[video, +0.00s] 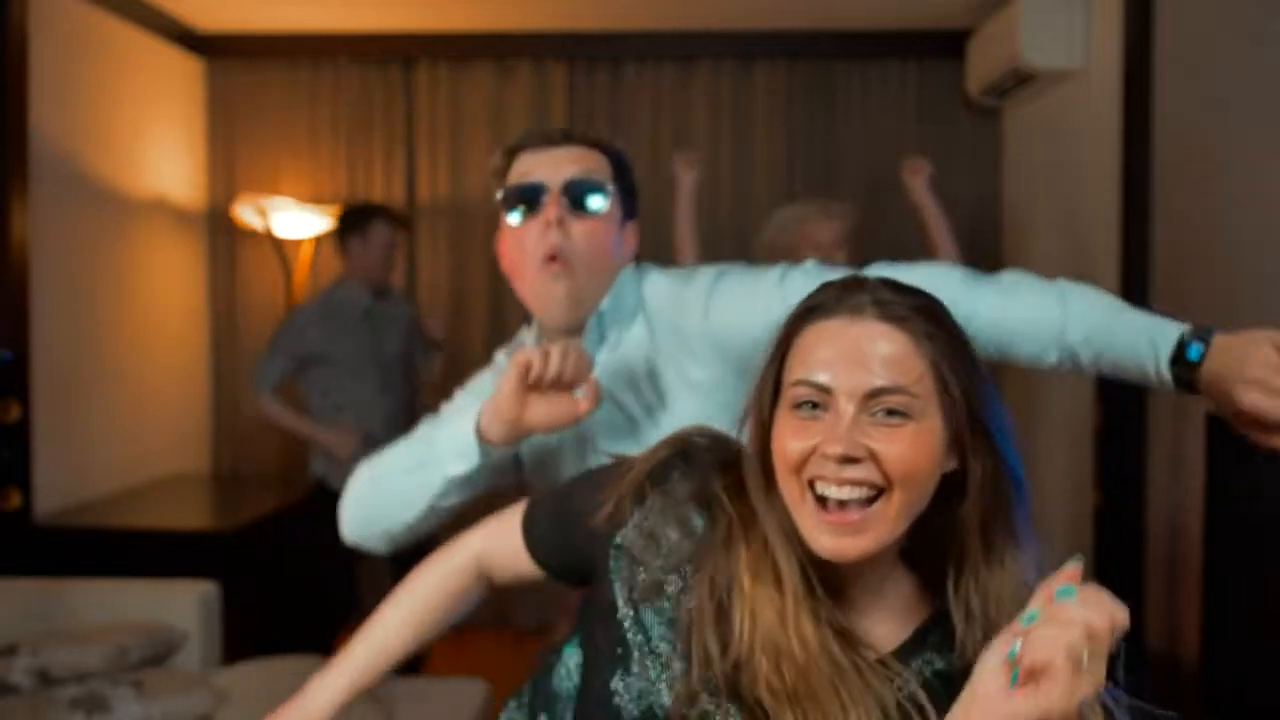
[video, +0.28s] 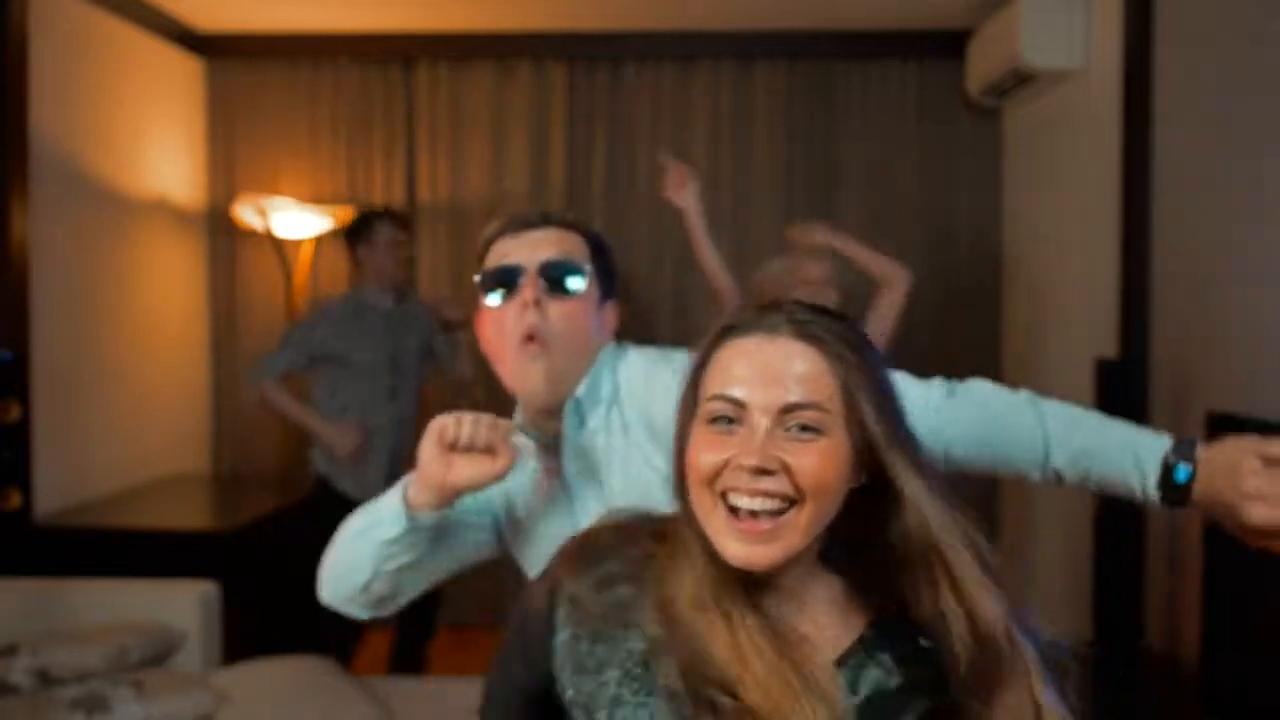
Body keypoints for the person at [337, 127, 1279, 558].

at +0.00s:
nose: (552, 219)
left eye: (582, 199)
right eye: (526, 202)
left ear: (631, 233)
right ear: (498, 244)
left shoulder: (698, 307)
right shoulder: (501, 385)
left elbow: (931, 301)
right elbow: (360, 523)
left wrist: (1190, 354)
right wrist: (494, 436)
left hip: (782, 640)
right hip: (616, 660)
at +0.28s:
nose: (531, 304)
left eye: (561, 280)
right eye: (503, 284)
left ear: (609, 310)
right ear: (474, 321)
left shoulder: (669, 387)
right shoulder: (487, 465)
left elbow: (929, 412)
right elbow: (344, 590)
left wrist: (1182, 466)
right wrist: (422, 498)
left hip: (800, 658)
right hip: (618, 686)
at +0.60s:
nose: (556, 196)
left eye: (588, 177)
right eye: (530, 180)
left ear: (641, 211)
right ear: (500, 215)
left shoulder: (717, 291)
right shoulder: (486, 340)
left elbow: (955, 321)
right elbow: (359, 422)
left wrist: (991, 465)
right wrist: (234, 413)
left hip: (806, 661)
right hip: (599, 668)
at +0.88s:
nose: (664, 136)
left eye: (693, 115)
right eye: (632, 123)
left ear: (743, 160)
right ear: (600, 170)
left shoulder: (826, 294)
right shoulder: (534, 302)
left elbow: (986, 512)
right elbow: (329, 375)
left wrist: (900, 439)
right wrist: (105, 392)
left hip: (811, 687)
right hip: (592, 684)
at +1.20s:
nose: (760, 242)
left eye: (788, 220)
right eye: (726, 228)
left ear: (828, 262)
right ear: (692, 275)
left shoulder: (864, 420)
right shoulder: (597, 373)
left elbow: (926, 655)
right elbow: (451, 441)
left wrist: (889, 454)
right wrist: (291, 402)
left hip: (785, 713)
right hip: (618, 703)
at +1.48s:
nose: (711, 161)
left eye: (741, 143)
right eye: (681, 146)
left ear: (782, 184)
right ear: (650, 191)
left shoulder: (842, 325)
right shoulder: (580, 297)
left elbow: (1000, 483)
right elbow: (391, 350)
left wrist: (901, 319)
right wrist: (404, 284)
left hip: (783, 700)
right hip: (611, 693)